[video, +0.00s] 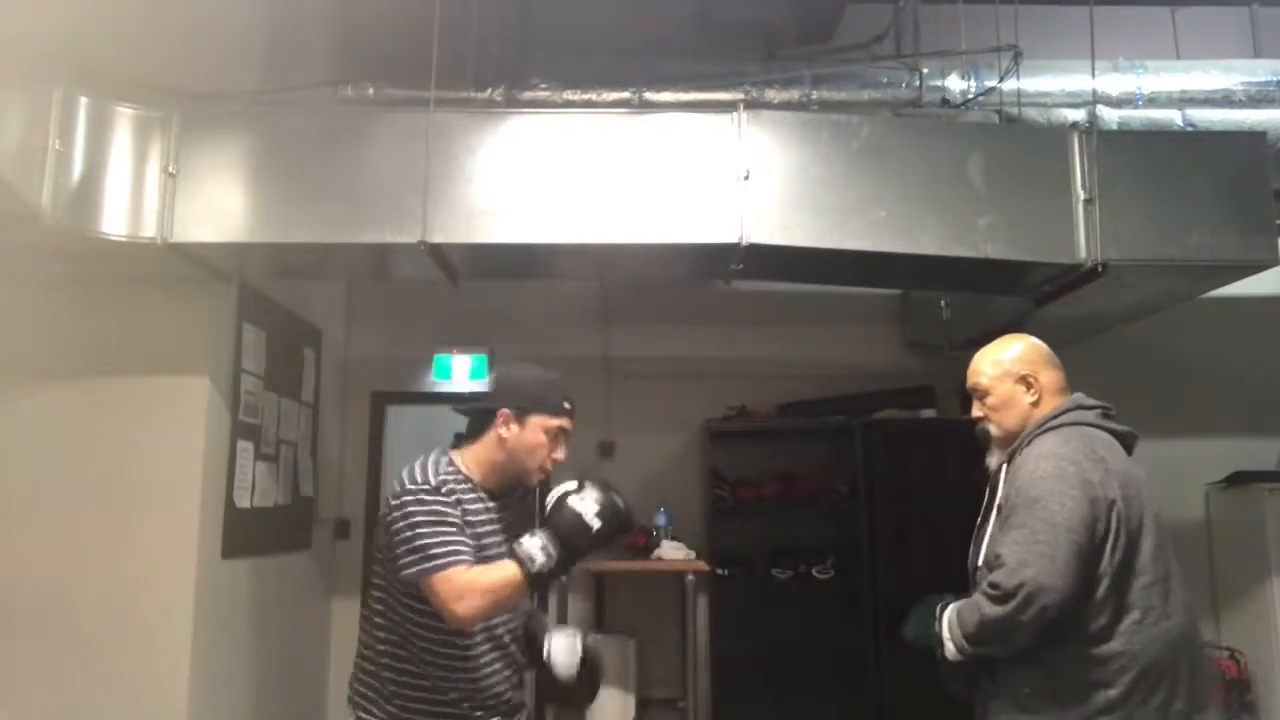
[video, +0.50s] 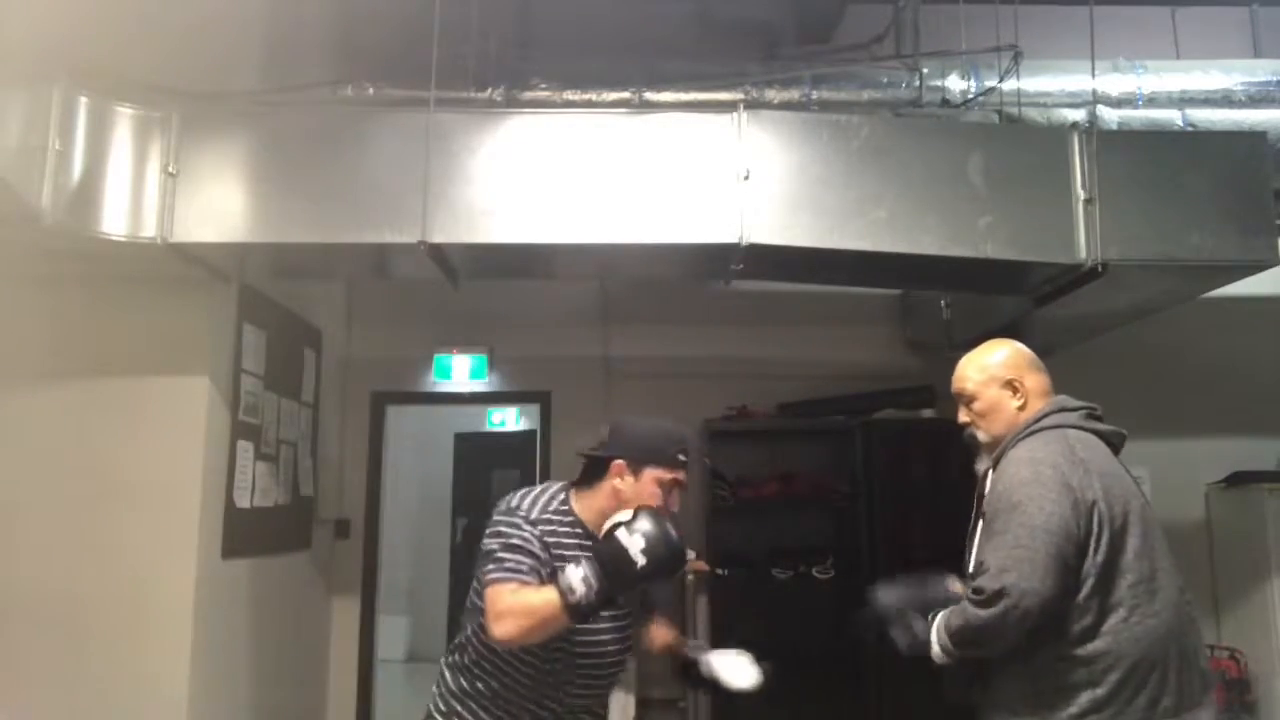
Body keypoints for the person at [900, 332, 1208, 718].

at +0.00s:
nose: (974, 413)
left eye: (982, 396)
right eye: (972, 399)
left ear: (1029, 389)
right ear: (1030, 390)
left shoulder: (1053, 458)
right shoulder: (1079, 444)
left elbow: (1033, 589)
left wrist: (949, 625)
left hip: (1094, 700)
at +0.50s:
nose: (960, 417)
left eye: (967, 400)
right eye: (958, 404)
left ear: (1016, 393)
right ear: (1017, 394)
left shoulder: (1035, 461)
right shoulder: (1074, 447)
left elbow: (1019, 597)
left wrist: (936, 634)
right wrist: (966, 590)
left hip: (1097, 699)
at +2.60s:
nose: (992, 410)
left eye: (1002, 394)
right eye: (992, 396)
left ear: (1053, 391)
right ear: (1047, 393)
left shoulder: (1093, 448)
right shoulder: (1021, 460)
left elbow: (1025, 532)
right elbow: (938, 499)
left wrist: (919, 542)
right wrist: (849, 464)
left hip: (1103, 702)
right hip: (1031, 698)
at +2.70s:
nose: (992, 407)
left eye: (1001, 391)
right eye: (991, 394)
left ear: (1052, 390)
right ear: (1047, 392)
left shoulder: (1101, 459)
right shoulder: (1025, 457)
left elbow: (1070, 574)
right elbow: (942, 481)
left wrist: (966, 616)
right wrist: (846, 490)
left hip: (1085, 704)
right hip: (1018, 696)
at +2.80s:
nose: (989, 403)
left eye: (1001, 388)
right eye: (989, 388)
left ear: (1054, 392)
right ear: (1047, 393)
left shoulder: (1105, 479)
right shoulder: (1018, 470)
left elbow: (1108, 625)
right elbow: (943, 533)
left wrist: (1000, 690)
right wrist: (850, 549)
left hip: (1078, 704)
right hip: (1000, 690)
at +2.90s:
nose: (987, 403)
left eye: (1002, 388)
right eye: (988, 389)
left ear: (1056, 394)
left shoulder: (1101, 481)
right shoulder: (1025, 473)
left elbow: (1122, 632)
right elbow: (982, 583)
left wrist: (1028, 708)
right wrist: (896, 627)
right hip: (998, 697)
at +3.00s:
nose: (986, 402)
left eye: (1000, 387)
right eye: (987, 387)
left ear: (1052, 393)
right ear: (1052, 394)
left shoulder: (1095, 475)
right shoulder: (1031, 469)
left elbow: (1120, 623)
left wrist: (1037, 709)